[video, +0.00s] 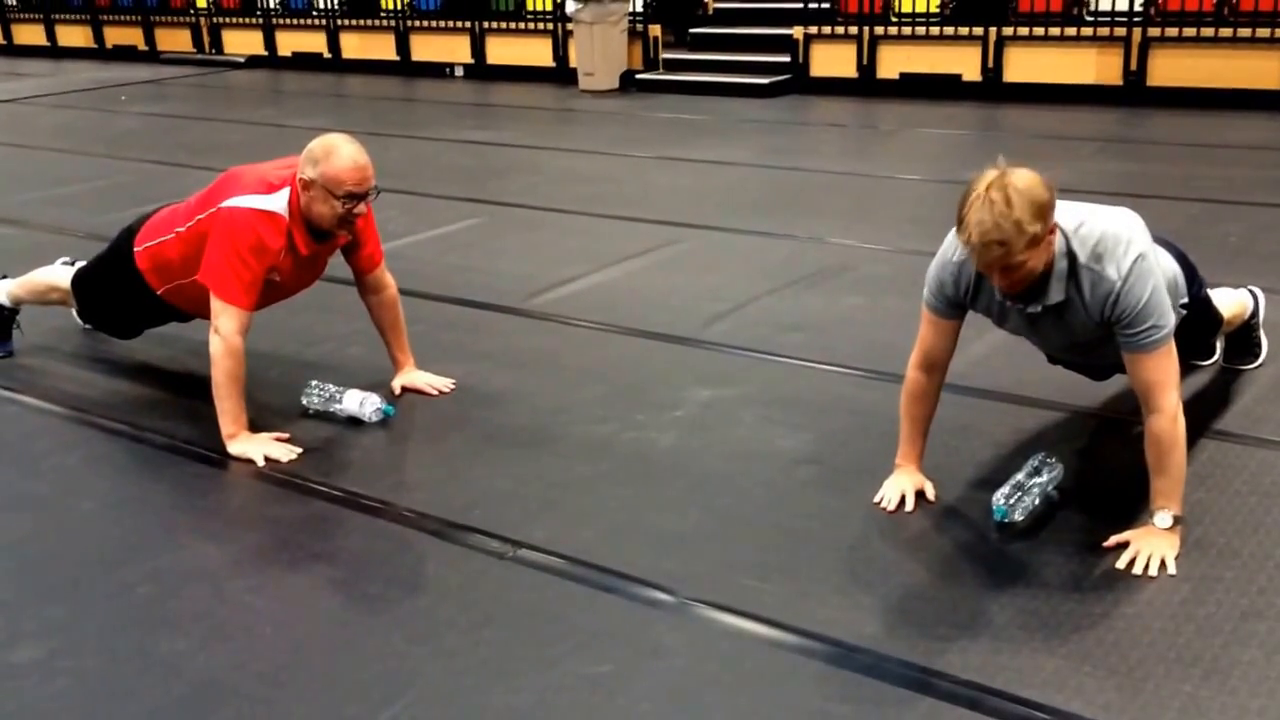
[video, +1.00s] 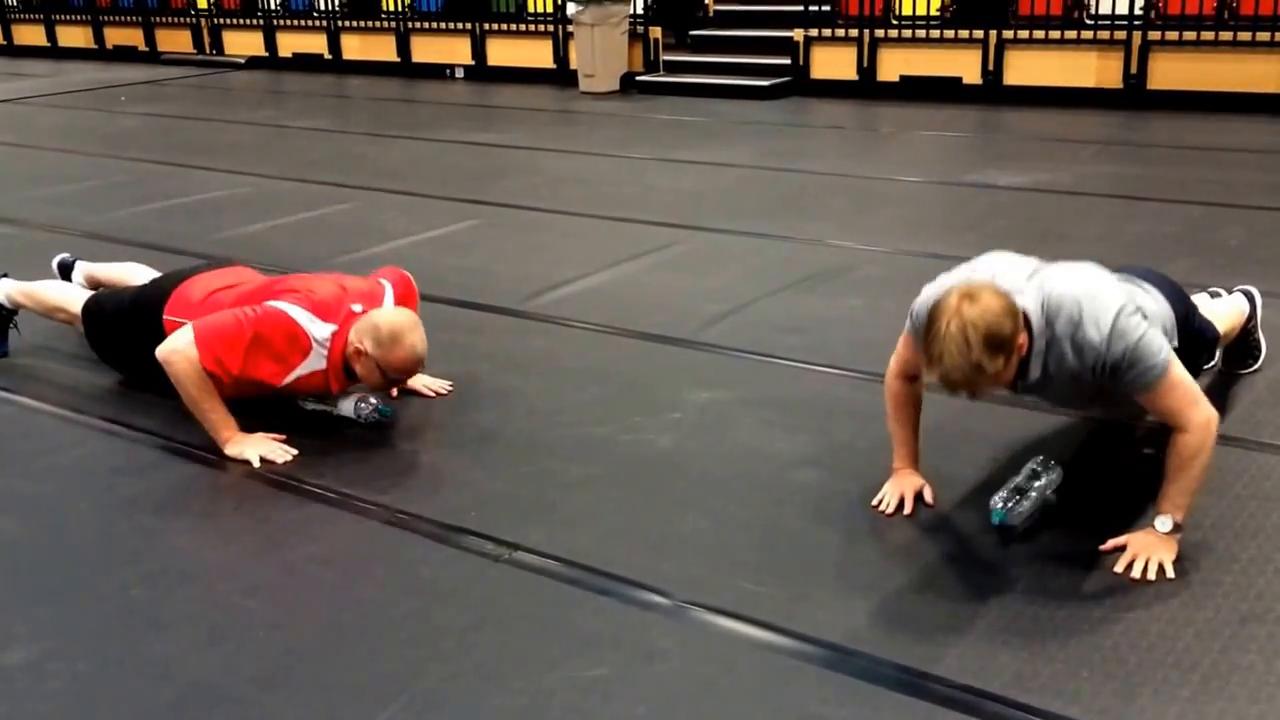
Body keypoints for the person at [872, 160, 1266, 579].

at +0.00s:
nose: (1001, 283)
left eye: (1014, 268)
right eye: (990, 269)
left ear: (1049, 239)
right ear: (974, 247)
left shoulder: (1126, 270)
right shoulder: (958, 260)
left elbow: (1163, 407)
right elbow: (925, 366)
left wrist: (1164, 521)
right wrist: (907, 464)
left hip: (1156, 309)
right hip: (1071, 336)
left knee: (1201, 327)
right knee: (1120, 356)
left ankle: (1246, 304)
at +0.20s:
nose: (995, 310)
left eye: (1006, 298)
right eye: (982, 301)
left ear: (1039, 266)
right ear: (965, 272)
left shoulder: (1126, 283)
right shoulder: (954, 278)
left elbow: (1179, 410)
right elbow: (918, 368)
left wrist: (1164, 522)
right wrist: (906, 465)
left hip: (1154, 315)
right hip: (1078, 351)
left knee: (1202, 319)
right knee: (1156, 351)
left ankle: (1244, 306)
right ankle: (1191, 344)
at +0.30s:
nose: (990, 355)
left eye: (1001, 345)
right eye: (976, 346)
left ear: (1032, 309)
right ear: (961, 320)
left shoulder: (1122, 312)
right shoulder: (946, 300)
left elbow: (1204, 417)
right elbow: (908, 369)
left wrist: (1167, 524)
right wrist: (904, 464)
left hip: (1162, 311)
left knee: (1209, 319)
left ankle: (1245, 304)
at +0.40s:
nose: (978, 405)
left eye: (991, 394)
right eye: (968, 395)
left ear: (1025, 361)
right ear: (952, 362)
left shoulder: (1118, 348)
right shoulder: (945, 322)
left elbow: (1218, 425)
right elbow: (899, 373)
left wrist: (1168, 524)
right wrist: (905, 465)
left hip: (1158, 317)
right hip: (1078, 296)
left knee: (1206, 332)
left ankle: (1241, 302)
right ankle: (1203, 299)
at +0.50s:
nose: (975, 453)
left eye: (984, 444)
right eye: (964, 444)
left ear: (1018, 411)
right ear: (943, 390)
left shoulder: (1104, 384)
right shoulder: (952, 346)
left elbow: (1225, 429)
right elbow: (892, 374)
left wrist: (1167, 526)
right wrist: (903, 466)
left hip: (1147, 340)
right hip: (1068, 315)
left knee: (1203, 340)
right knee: (1148, 314)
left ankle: (1241, 302)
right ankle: (1206, 295)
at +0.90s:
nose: (968, 447)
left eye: (975, 439)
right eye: (957, 440)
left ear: (1010, 404)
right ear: (934, 391)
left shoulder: (1102, 376)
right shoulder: (942, 338)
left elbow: (1216, 429)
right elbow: (891, 377)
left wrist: (1165, 527)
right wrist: (904, 467)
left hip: (1152, 335)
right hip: (1069, 309)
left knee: (1203, 337)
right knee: (1154, 312)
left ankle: (1242, 305)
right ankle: (1211, 298)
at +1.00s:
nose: (970, 396)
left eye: (980, 385)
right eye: (960, 388)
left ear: (1015, 349)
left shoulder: (1109, 333)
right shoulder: (934, 310)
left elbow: (1200, 421)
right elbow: (902, 373)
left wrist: (1164, 528)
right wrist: (904, 467)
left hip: (1161, 314)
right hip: (1084, 300)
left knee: (1208, 324)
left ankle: (1244, 306)